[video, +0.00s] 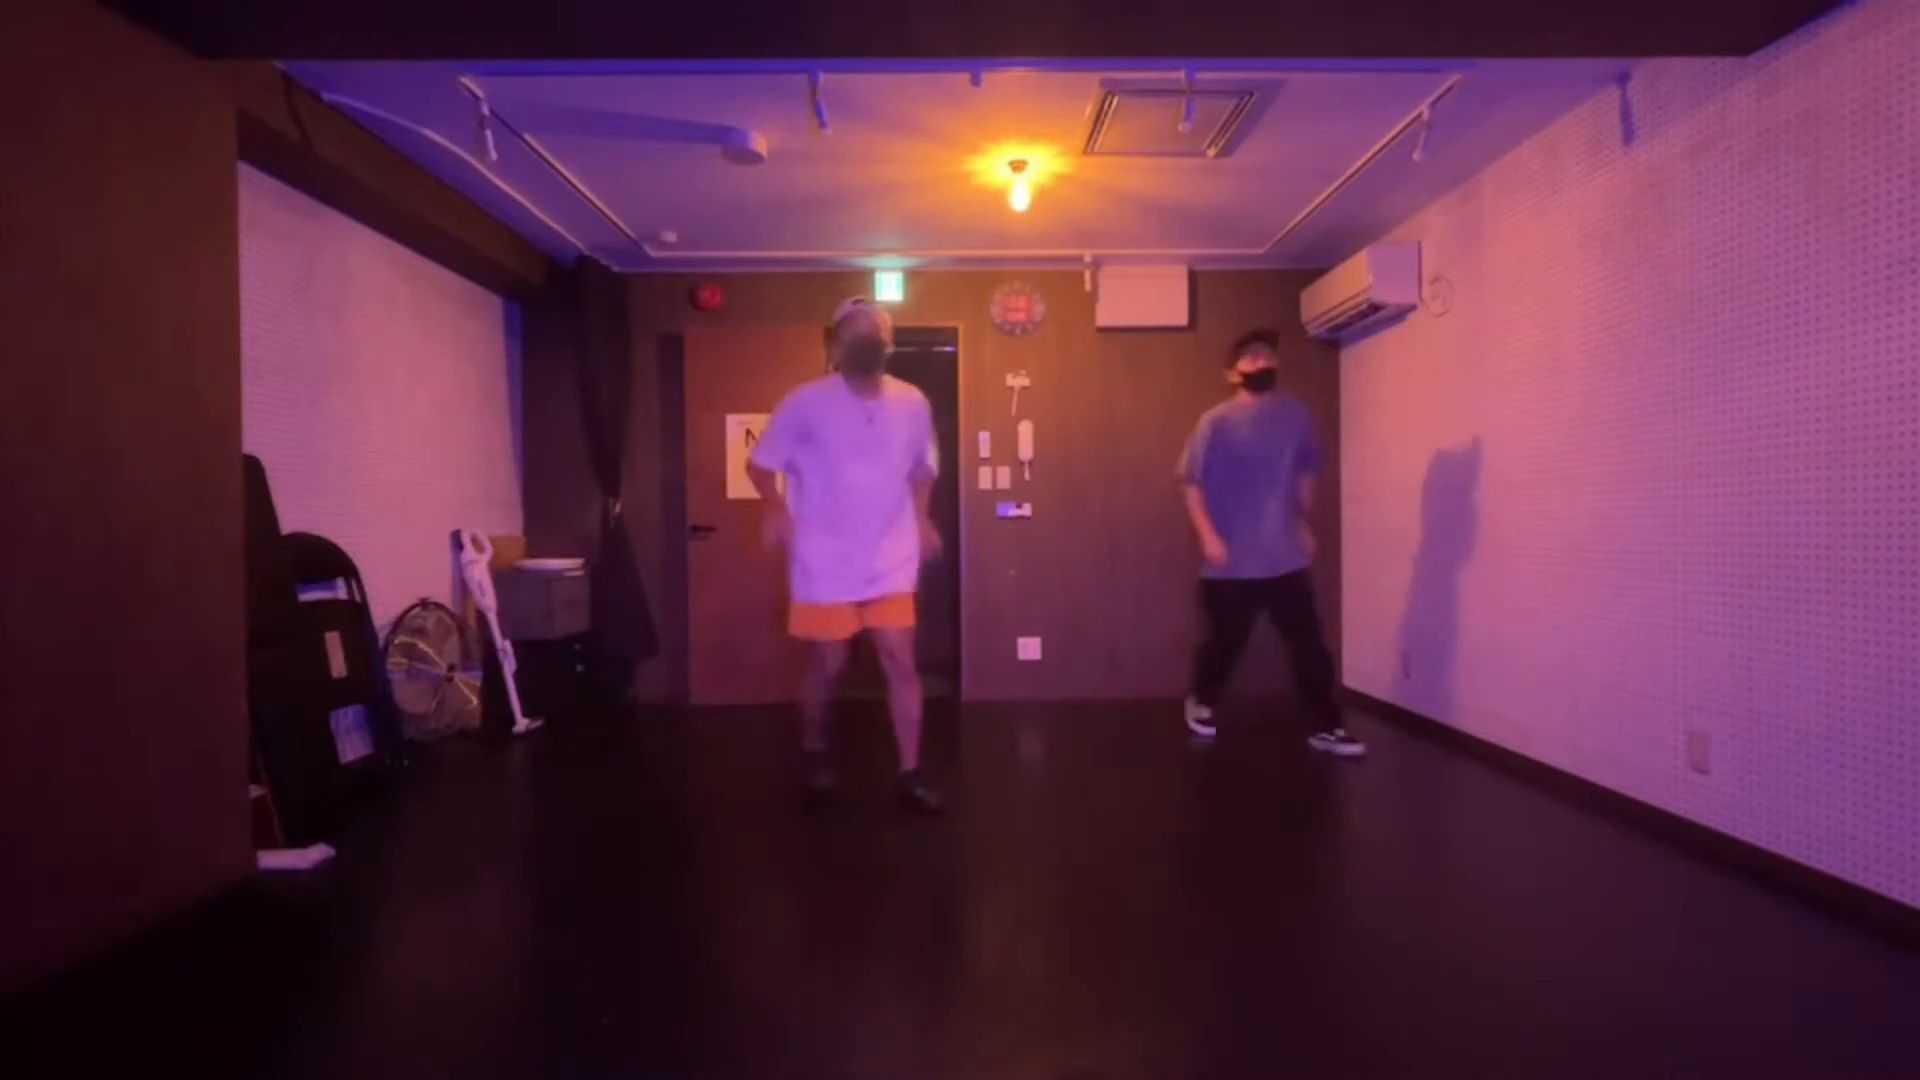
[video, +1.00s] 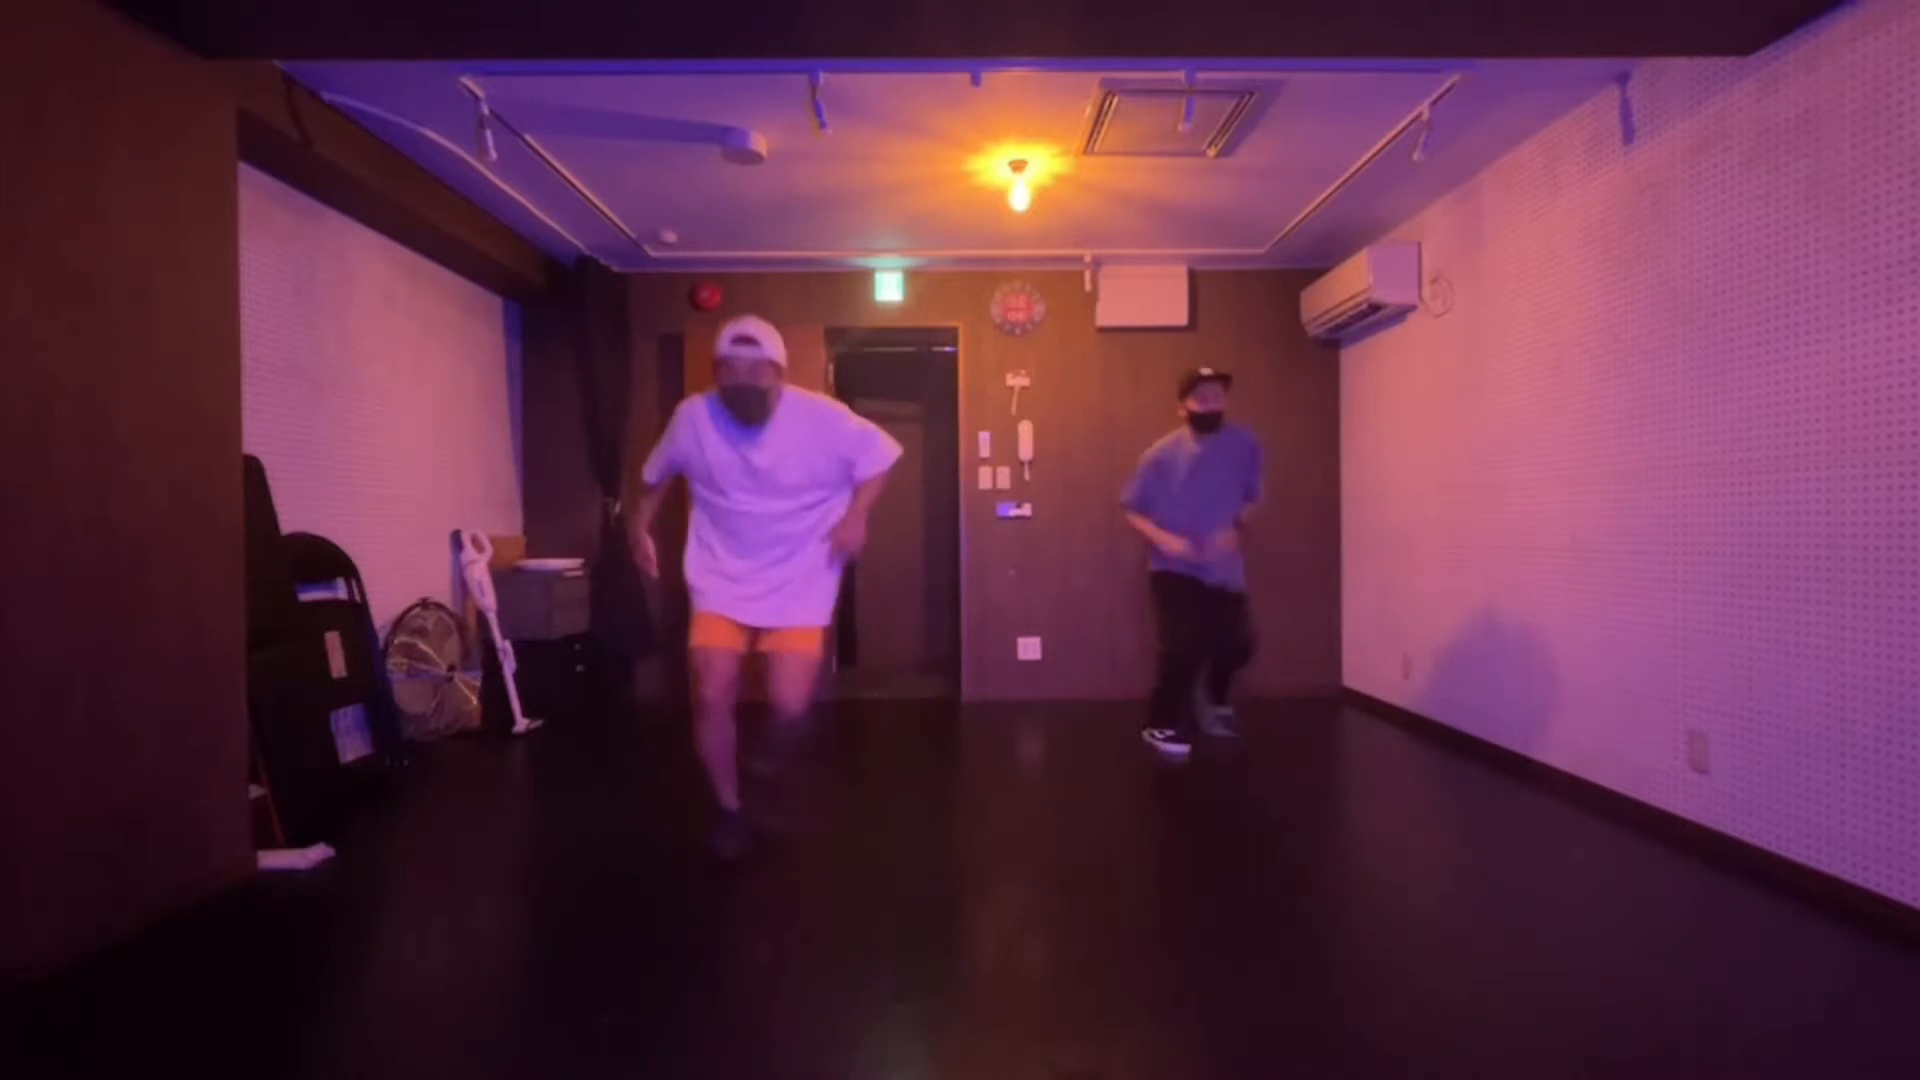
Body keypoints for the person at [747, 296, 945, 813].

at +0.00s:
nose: (869, 348)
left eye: (878, 339)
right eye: (858, 339)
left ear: (891, 346)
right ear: (835, 346)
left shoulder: (911, 404)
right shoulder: (805, 404)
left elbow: (922, 471)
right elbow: (760, 463)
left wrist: (921, 519)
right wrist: (777, 509)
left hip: (890, 558)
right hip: (824, 561)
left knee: (900, 660)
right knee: (828, 663)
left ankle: (910, 771)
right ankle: (814, 755)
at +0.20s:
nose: (887, 381)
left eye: (896, 372)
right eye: (877, 372)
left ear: (911, 375)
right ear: (858, 373)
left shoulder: (931, 426)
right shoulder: (823, 420)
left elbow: (972, 458)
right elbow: (765, 447)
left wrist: (948, 498)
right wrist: (778, 503)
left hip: (900, 567)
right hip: (835, 567)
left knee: (922, 671)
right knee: (851, 666)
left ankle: (912, 775)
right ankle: (856, 699)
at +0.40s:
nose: (868, 332)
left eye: (878, 322)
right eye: (857, 322)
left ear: (892, 330)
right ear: (836, 329)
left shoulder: (919, 388)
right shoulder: (810, 389)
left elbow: (948, 458)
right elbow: (782, 462)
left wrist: (959, 491)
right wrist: (752, 510)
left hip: (902, 553)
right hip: (829, 551)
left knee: (909, 663)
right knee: (814, 655)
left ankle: (912, 772)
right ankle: (839, 769)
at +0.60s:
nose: (834, 341)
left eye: (846, 330)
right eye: (824, 331)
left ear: (866, 338)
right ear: (810, 338)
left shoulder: (896, 401)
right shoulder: (785, 402)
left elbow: (939, 472)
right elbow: (758, 481)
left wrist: (957, 510)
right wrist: (717, 534)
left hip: (882, 572)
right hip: (809, 573)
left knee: (904, 674)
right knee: (793, 681)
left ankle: (916, 774)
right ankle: (775, 808)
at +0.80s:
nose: (791, 366)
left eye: (803, 355)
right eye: (781, 354)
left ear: (824, 358)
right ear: (763, 355)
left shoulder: (853, 400)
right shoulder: (731, 404)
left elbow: (911, 441)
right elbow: (688, 460)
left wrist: (893, 494)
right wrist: (673, 520)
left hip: (832, 566)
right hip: (754, 567)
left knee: (855, 671)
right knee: (742, 676)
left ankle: (872, 767)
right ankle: (731, 802)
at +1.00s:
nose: (744, 381)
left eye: (757, 369)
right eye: (734, 368)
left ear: (779, 374)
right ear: (717, 372)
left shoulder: (817, 416)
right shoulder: (694, 419)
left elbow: (881, 453)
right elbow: (656, 473)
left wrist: (858, 515)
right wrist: (640, 527)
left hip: (800, 578)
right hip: (720, 579)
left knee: (791, 705)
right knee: (712, 695)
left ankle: (779, 786)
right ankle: (729, 811)